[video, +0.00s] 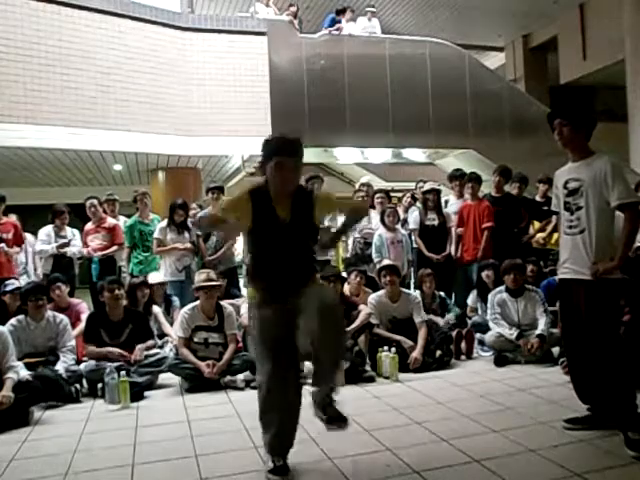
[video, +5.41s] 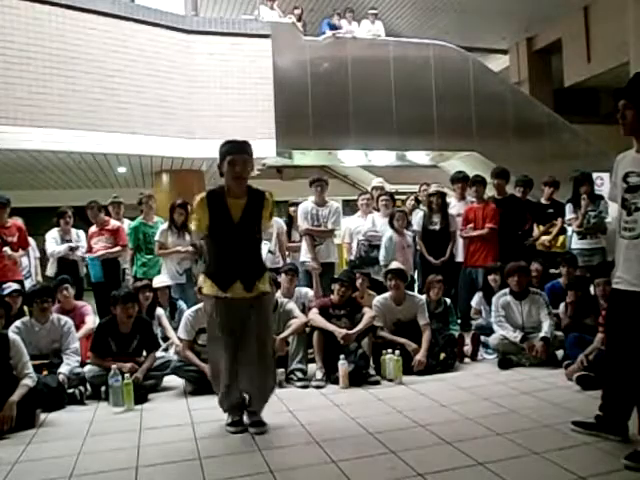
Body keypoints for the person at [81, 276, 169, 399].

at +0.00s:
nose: (117, 293)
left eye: (119, 289)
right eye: (111, 291)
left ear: (124, 292)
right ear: (102, 297)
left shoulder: (136, 315)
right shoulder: (94, 318)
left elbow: (152, 341)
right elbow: (88, 350)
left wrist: (141, 347)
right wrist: (108, 352)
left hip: (135, 360)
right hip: (107, 364)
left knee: (163, 356)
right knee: (87, 368)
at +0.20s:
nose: (118, 297)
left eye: (120, 292)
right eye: (112, 294)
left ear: (125, 294)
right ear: (103, 300)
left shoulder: (136, 316)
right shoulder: (95, 321)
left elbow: (152, 342)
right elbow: (90, 352)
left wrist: (141, 356)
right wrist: (113, 361)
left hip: (134, 362)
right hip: (107, 363)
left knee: (164, 356)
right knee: (86, 368)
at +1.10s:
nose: (119, 304)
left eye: (122, 299)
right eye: (115, 301)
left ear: (129, 302)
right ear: (107, 306)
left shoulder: (137, 321)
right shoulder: (98, 324)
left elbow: (149, 347)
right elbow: (88, 356)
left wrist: (137, 367)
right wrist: (113, 362)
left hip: (133, 362)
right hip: (107, 364)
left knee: (163, 357)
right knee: (86, 369)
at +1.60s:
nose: (131, 311)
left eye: (134, 307)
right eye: (126, 307)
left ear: (138, 307)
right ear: (115, 309)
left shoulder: (143, 322)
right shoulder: (104, 324)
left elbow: (149, 350)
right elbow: (92, 356)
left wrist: (139, 367)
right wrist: (119, 366)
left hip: (134, 363)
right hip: (109, 364)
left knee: (163, 358)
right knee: (85, 369)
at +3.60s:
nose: (130, 310)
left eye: (133, 306)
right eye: (124, 307)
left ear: (138, 308)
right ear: (114, 310)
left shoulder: (144, 324)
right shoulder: (104, 327)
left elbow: (153, 352)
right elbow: (94, 359)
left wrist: (141, 372)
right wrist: (119, 366)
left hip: (137, 365)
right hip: (112, 367)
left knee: (168, 361)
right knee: (89, 372)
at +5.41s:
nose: (130, 311)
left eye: (133, 307)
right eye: (125, 307)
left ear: (137, 308)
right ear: (114, 310)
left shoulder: (143, 324)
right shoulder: (104, 327)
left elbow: (153, 352)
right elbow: (94, 359)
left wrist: (141, 372)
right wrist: (120, 366)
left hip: (137, 365)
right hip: (111, 367)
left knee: (167, 361)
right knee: (89, 371)